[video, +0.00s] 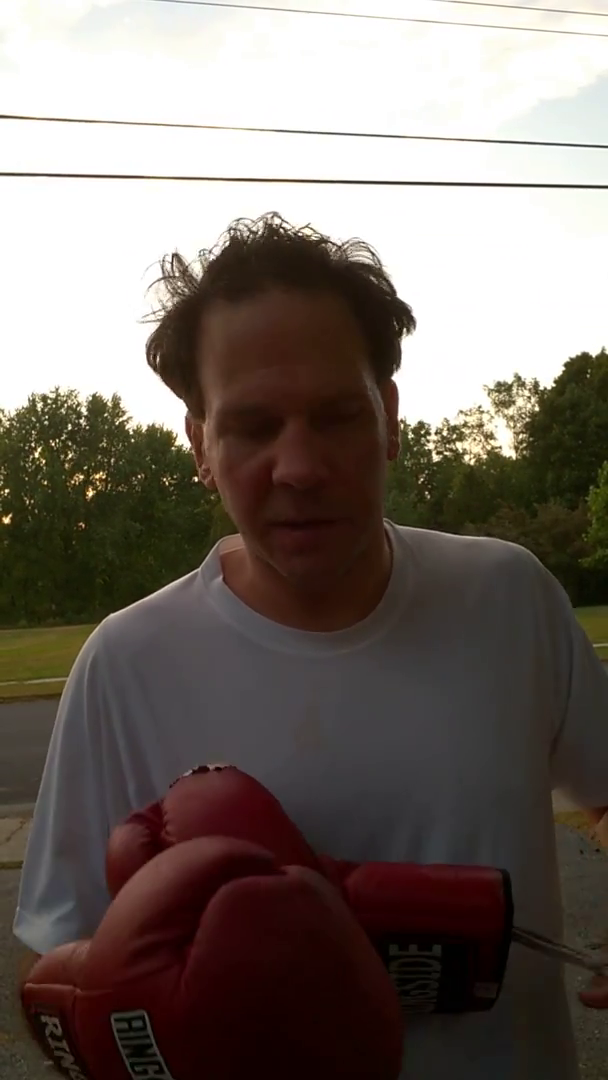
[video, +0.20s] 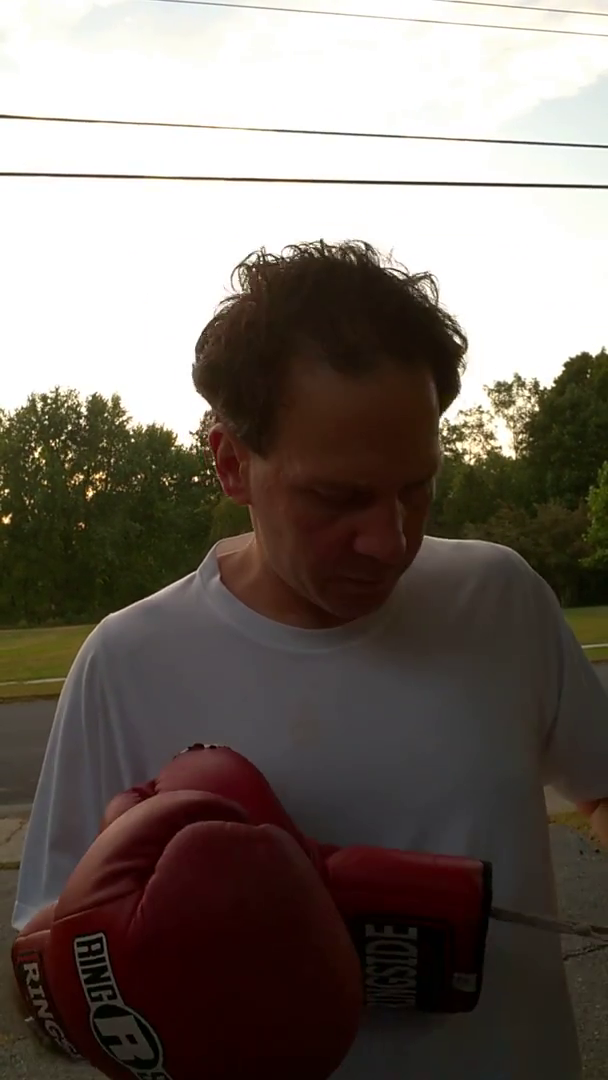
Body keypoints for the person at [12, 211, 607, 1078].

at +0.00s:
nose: (300, 467)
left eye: (336, 418)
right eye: (255, 426)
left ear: (389, 423)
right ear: (201, 450)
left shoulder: (512, 600)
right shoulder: (125, 666)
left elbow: (605, 791)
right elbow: (53, 945)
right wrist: (111, 969)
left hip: (518, 1064)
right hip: (247, 1070)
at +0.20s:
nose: (389, 543)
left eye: (417, 489)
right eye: (339, 499)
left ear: (437, 446)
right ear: (231, 464)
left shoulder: (503, 601)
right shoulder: (126, 667)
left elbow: (601, 790)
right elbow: (43, 977)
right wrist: (75, 927)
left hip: (524, 1064)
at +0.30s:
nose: (394, 554)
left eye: (425, 502)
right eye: (346, 512)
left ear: (446, 456)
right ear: (241, 471)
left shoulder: (504, 601)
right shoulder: (129, 664)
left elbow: (594, 790)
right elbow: (53, 971)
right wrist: (84, 922)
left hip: (521, 1064)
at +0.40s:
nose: (397, 555)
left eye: (428, 503)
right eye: (348, 513)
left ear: (449, 457)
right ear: (243, 471)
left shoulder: (501, 601)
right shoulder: (129, 662)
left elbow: (588, 794)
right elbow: (46, 979)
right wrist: (72, 924)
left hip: (518, 1064)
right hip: (253, 1066)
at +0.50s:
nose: (403, 552)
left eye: (432, 502)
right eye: (354, 511)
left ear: (454, 459)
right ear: (248, 468)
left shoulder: (501, 601)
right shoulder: (130, 659)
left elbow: (588, 796)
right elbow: (42, 983)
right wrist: (89, 911)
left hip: (518, 1065)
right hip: (252, 1066)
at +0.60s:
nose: (406, 550)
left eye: (435, 500)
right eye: (356, 508)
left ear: (456, 461)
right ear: (250, 465)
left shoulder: (503, 602)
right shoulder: (132, 657)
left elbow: (589, 795)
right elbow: (39, 986)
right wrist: (94, 904)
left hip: (513, 1066)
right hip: (251, 1067)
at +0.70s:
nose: (407, 547)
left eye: (435, 495)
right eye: (358, 503)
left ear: (456, 459)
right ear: (252, 465)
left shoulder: (502, 602)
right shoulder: (134, 655)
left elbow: (590, 796)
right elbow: (41, 990)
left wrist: (607, 935)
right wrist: (96, 901)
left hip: (507, 1065)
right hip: (250, 1067)